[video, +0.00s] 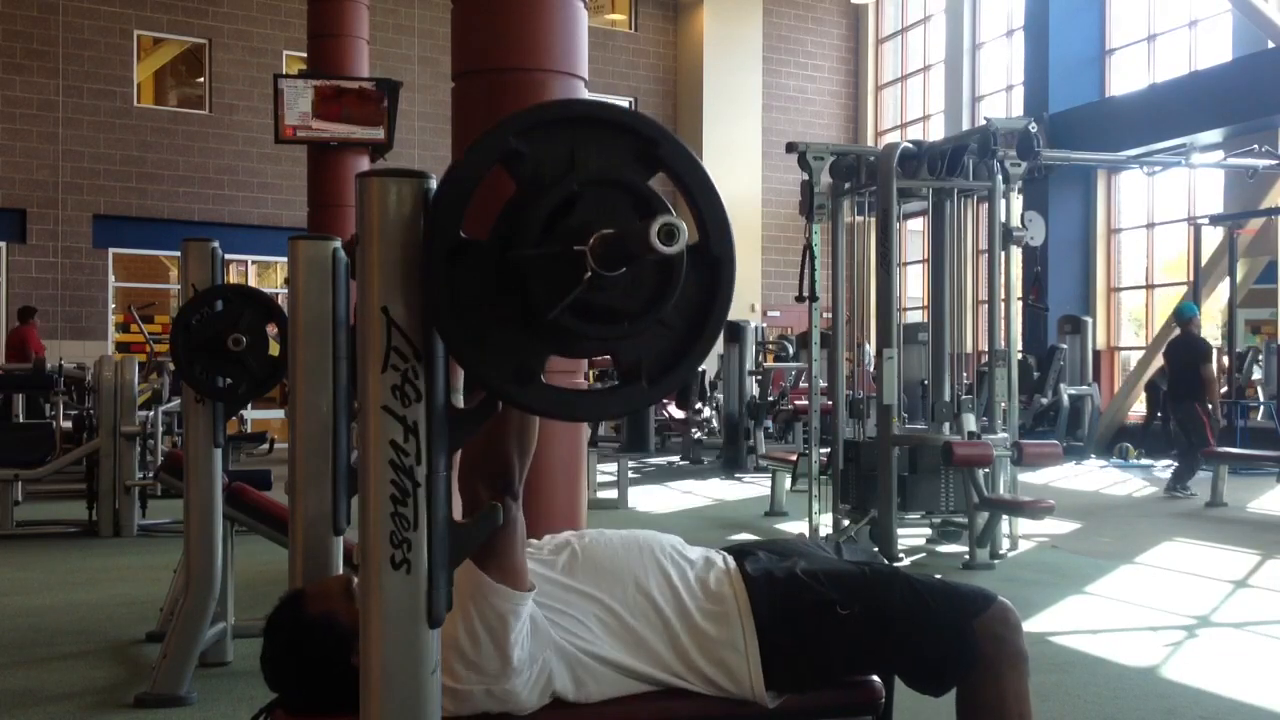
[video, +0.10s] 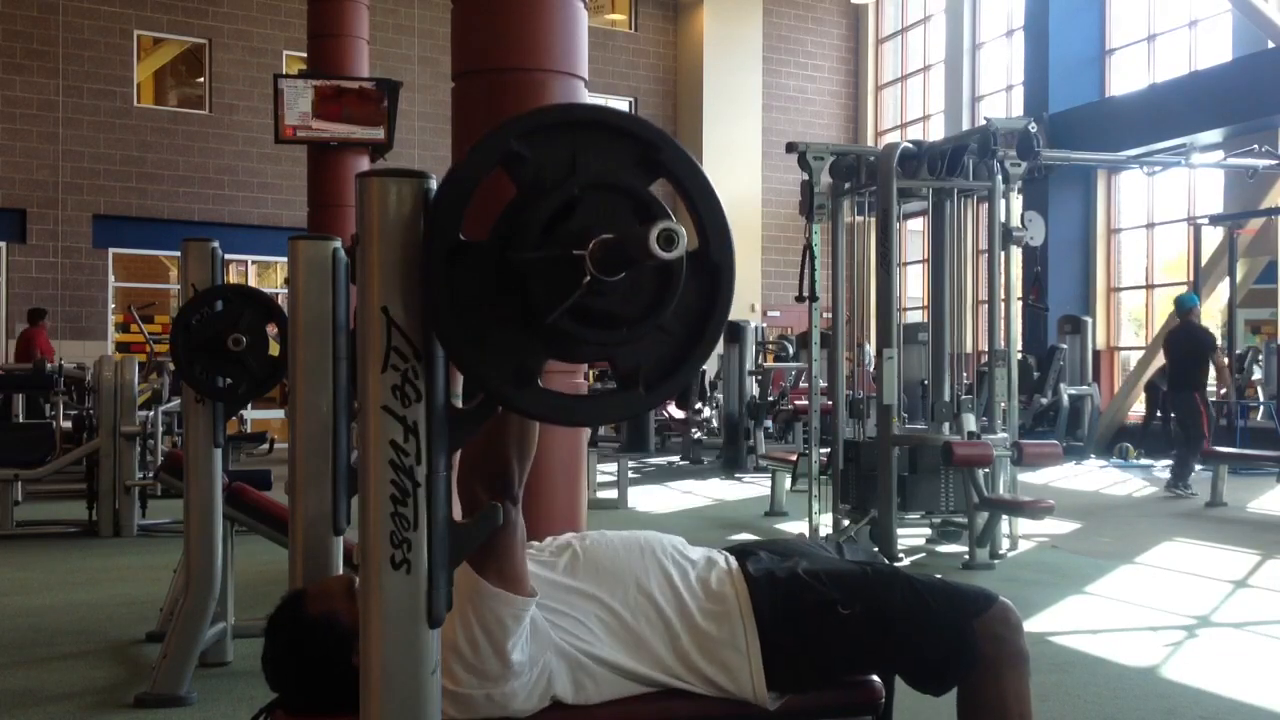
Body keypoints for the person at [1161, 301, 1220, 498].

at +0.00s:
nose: (1200, 320)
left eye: (1198, 317)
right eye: (1198, 317)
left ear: (1179, 323)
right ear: (1193, 320)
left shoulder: (1170, 346)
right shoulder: (1202, 345)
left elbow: (1171, 377)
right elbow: (1209, 378)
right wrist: (1216, 409)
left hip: (1174, 401)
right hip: (1194, 401)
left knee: (1191, 443)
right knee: (1205, 444)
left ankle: (1178, 482)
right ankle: (1178, 482)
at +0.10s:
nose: (1200, 310)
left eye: (1198, 307)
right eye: (1198, 307)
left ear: (1178, 312)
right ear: (1195, 309)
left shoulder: (1170, 335)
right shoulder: (1204, 334)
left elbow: (1169, 364)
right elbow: (1219, 364)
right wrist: (1225, 385)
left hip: (1174, 391)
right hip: (1193, 392)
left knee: (1186, 434)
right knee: (1200, 436)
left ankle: (1175, 479)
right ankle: (1180, 480)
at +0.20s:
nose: (1200, 297)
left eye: (1198, 293)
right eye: (1199, 294)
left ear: (1179, 297)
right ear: (1194, 295)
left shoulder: (1171, 319)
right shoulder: (1204, 315)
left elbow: (1167, 347)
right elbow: (1231, 331)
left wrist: (1176, 362)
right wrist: (1249, 344)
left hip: (1173, 376)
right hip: (1193, 377)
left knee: (1178, 422)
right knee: (1194, 425)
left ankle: (1172, 472)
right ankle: (1190, 474)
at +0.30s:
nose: (1201, 294)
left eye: (1200, 291)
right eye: (1199, 291)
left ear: (1180, 295)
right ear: (1196, 293)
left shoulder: (1173, 318)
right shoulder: (1204, 310)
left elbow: (1167, 345)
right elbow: (1236, 307)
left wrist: (1176, 362)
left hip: (1172, 374)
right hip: (1192, 375)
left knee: (1177, 422)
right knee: (1197, 421)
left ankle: (1153, 465)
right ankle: (1193, 471)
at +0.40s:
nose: (1202, 303)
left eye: (1199, 301)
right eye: (1200, 300)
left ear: (1182, 305)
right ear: (1198, 301)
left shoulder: (1175, 327)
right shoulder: (1206, 317)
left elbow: (1170, 360)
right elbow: (1229, 296)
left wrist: (1176, 377)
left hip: (1175, 383)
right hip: (1194, 384)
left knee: (1169, 427)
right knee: (1205, 424)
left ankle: (1135, 469)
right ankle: (1195, 480)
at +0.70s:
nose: (1206, 302)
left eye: (1205, 300)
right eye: (1204, 299)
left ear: (1185, 302)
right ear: (1201, 300)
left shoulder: (1178, 323)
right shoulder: (1206, 316)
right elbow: (1237, 306)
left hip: (1171, 379)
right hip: (1187, 381)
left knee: (1168, 427)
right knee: (1188, 430)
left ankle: (1148, 469)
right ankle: (1188, 479)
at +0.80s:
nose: (1204, 300)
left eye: (1202, 297)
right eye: (1203, 297)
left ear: (1184, 298)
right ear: (1199, 297)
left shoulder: (1178, 316)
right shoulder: (1208, 314)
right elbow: (1235, 326)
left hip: (1169, 372)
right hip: (1186, 376)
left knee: (1173, 422)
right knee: (1183, 421)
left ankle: (1172, 472)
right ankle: (1161, 470)